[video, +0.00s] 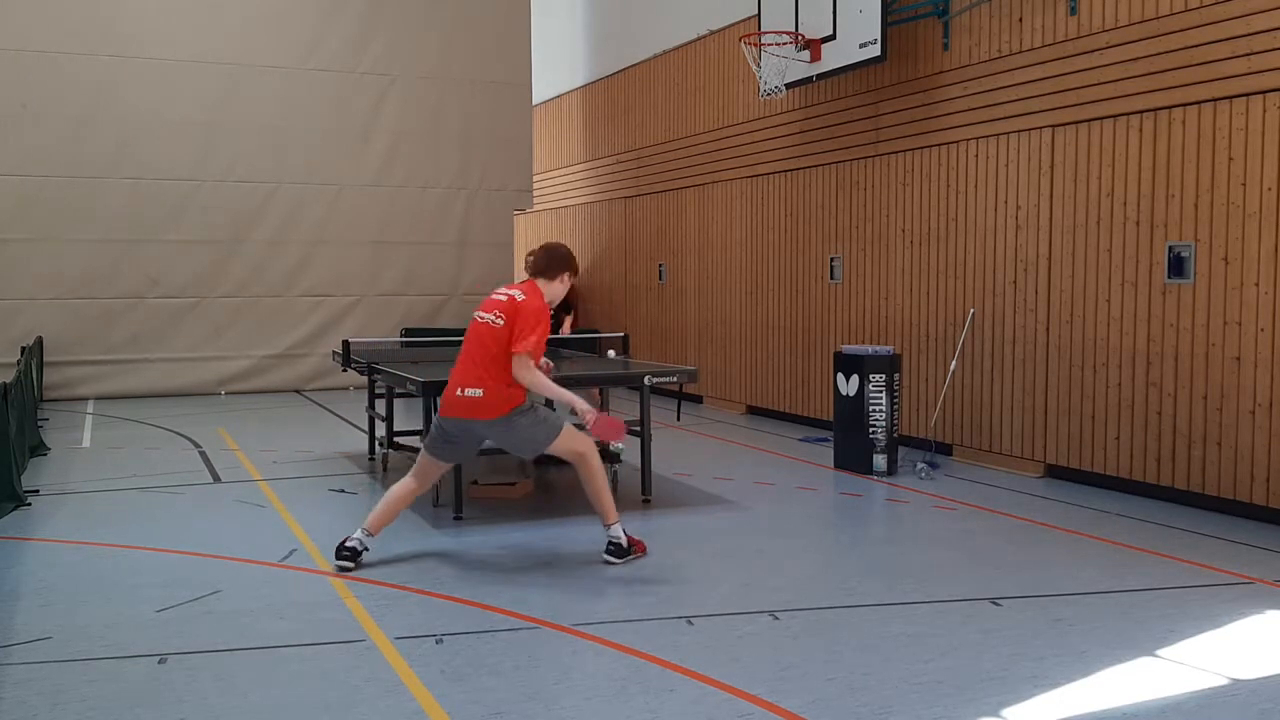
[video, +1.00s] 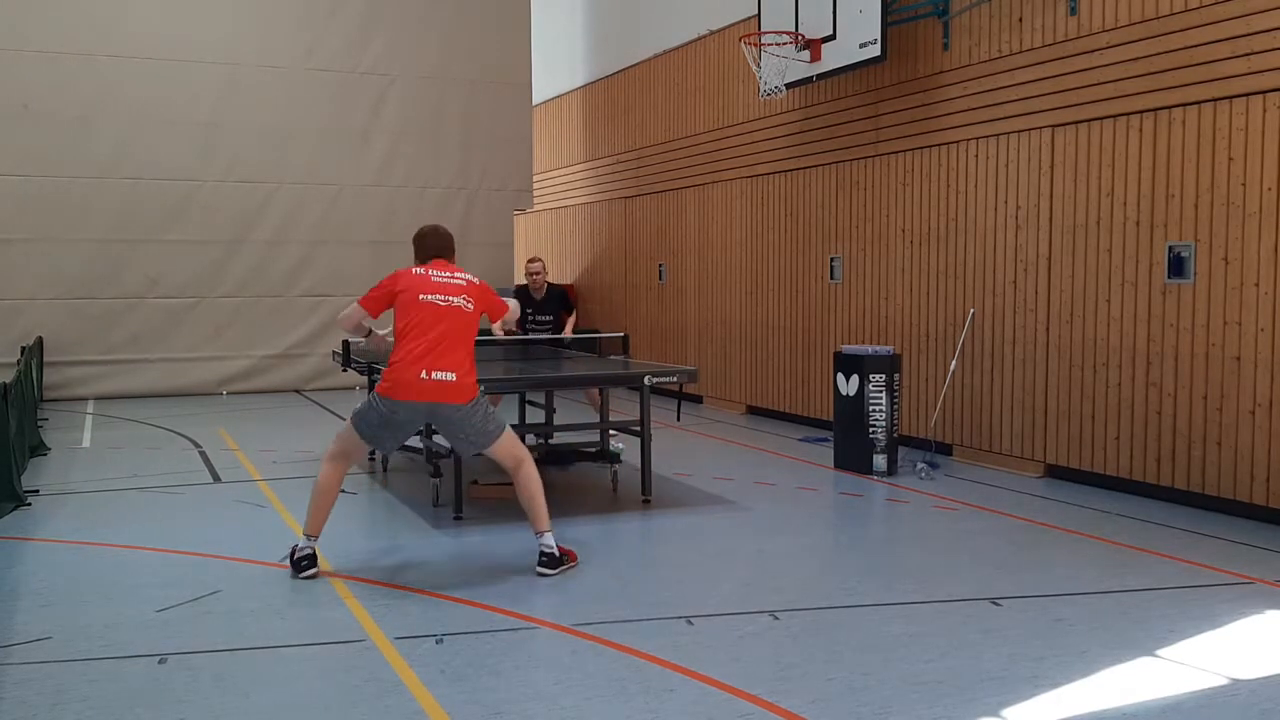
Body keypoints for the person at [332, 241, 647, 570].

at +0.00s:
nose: (567, 291)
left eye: (569, 283)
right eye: (569, 282)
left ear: (533, 269)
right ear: (561, 277)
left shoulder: (497, 296)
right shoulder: (535, 304)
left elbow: (482, 353)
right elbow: (523, 369)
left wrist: (530, 363)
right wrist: (573, 400)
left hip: (456, 411)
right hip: (505, 412)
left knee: (416, 479)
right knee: (584, 449)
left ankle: (357, 541)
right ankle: (618, 538)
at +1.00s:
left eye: (418, 253)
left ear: (417, 255)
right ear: (452, 254)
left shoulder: (402, 279)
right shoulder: (473, 285)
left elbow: (349, 320)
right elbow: (511, 312)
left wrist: (374, 336)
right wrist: (502, 320)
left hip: (400, 394)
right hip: (458, 398)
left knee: (338, 458)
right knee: (519, 461)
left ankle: (306, 548)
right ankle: (548, 547)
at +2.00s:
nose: (472, 260)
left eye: (466, 255)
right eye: (472, 255)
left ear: (432, 256)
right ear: (469, 256)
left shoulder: (409, 284)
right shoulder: (484, 291)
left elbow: (352, 321)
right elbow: (536, 330)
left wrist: (377, 330)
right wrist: (552, 312)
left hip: (410, 406)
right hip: (470, 408)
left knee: (342, 459)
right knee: (529, 471)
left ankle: (309, 550)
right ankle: (577, 542)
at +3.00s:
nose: (523, 244)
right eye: (525, 239)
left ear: (490, 243)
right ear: (525, 244)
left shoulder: (467, 276)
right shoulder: (541, 285)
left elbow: (423, 330)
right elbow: (561, 347)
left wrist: (447, 313)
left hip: (468, 403)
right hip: (526, 406)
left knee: (403, 460)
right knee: (571, 459)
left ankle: (365, 548)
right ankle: (604, 536)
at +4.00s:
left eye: (456, 275)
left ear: (455, 276)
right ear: (492, 278)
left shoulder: (434, 302)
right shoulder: (508, 307)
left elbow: (392, 358)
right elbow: (555, 361)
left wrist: (421, 367)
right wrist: (540, 391)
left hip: (434, 412)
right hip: (493, 414)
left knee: (373, 468)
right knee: (556, 454)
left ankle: (323, 545)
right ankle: (586, 539)